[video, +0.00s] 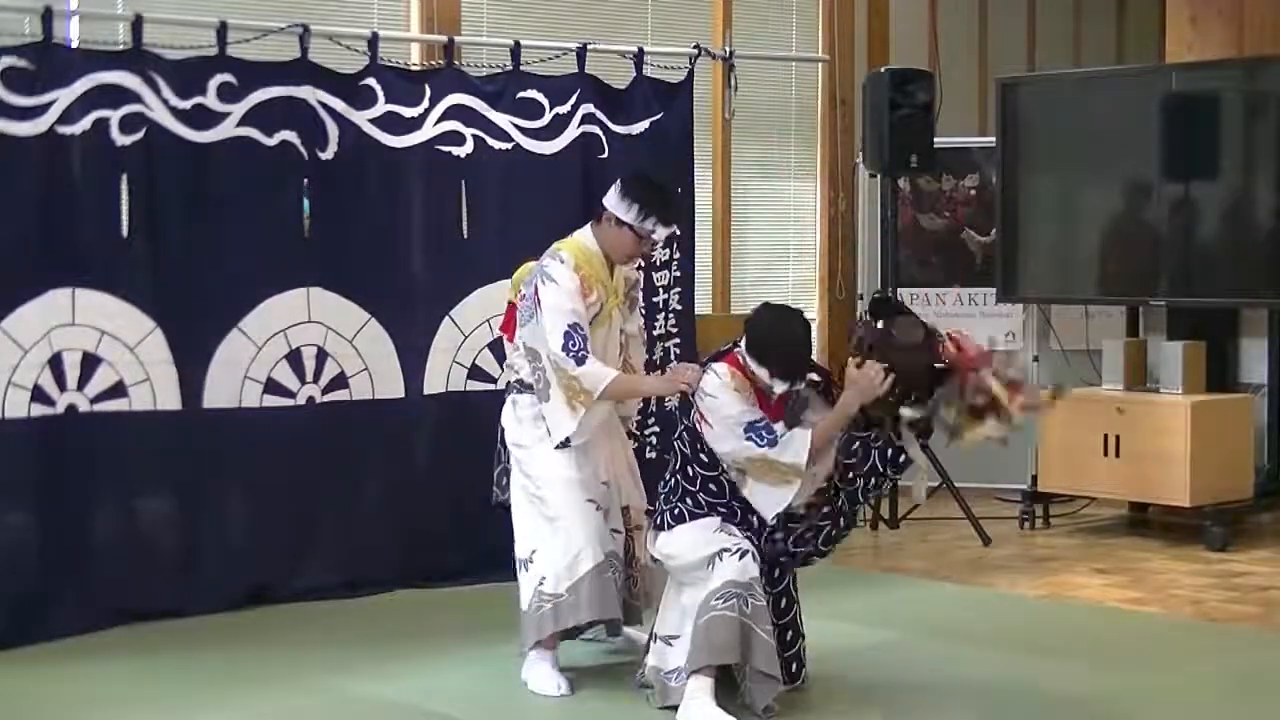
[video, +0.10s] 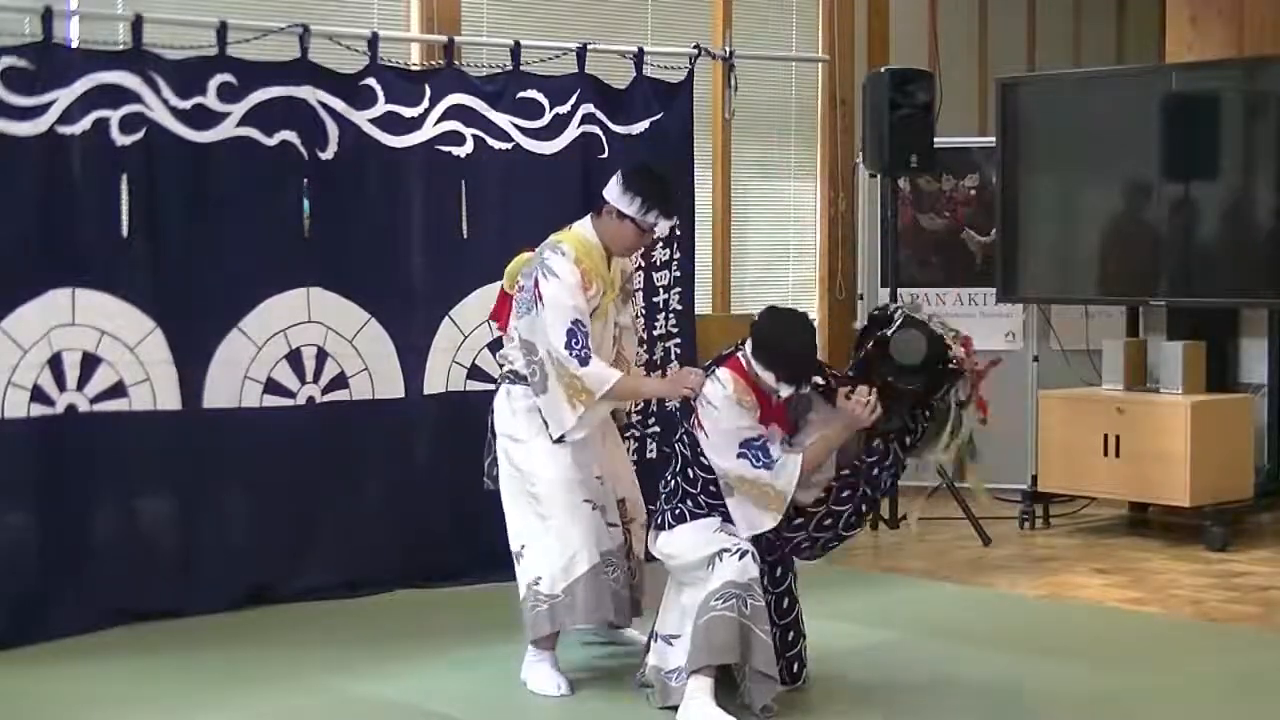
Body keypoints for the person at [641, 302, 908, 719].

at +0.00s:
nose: (780, 385)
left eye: (789, 377)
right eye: (772, 376)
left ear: (801, 359)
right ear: (751, 358)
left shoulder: (793, 379)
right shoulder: (719, 385)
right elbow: (784, 454)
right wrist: (849, 403)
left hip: (744, 517)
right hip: (693, 512)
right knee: (736, 563)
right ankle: (698, 694)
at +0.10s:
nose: (788, 388)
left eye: (795, 379)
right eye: (781, 378)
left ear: (807, 363)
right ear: (758, 359)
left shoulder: (797, 379)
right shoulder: (722, 391)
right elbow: (778, 471)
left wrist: (847, 412)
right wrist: (841, 428)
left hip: (741, 511)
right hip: (691, 512)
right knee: (736, 565)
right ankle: (698, 695)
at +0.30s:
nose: (791, 397)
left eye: (799, 389)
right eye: (784, 389)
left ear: (810, 370)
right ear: (762, 367)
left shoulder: (799, 374)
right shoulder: (723, 396)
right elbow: (758, 470)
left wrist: (843, 401)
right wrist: (827, 432)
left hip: (755, 507)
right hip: (697, 504)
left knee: (773, 579)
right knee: (734, 575)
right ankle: (698, 693)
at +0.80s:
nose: (821, 447)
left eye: (831, 440)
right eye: (815, 437)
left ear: (845, 414)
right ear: (792, 409)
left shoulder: (833, 418)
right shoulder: (738, 417)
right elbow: (733, 509)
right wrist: (813, 513)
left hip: (780, 529)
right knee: (778, 676)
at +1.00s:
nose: (826, 449)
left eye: (836, 446)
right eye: (822, 436)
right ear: (806, 403)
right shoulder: (748, 404)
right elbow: (729, 503)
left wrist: (809, 543)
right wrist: (797, 535)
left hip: (756, 526)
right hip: (681, 518)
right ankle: (688, 693)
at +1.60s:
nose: (796, 290)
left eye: (795, 280)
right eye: (783, 282)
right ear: (748, 298)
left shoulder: (813, 353)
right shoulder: (720, 353)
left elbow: (861, 397)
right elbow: (733, 406)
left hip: (788, 512)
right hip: (717, 508)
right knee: (716, 550)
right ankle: (698, 686)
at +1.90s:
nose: (777, 301)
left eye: (781, 290)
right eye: (764, 290)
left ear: (786, 296)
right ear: (732, 293)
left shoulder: (785, 351)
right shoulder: (709, 348)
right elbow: (741, 308)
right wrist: (774, 250)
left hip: (769, 505)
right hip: (705, 504)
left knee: (773, 668)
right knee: (726, 553)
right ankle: (700, 683)